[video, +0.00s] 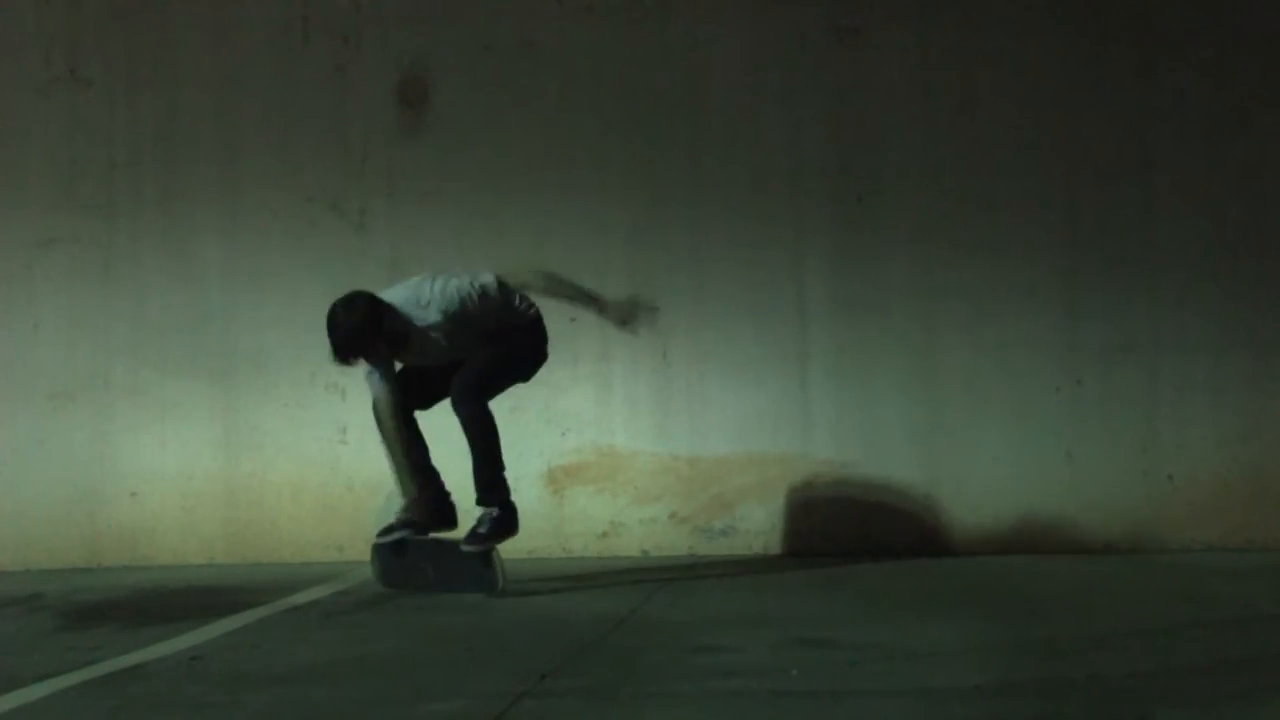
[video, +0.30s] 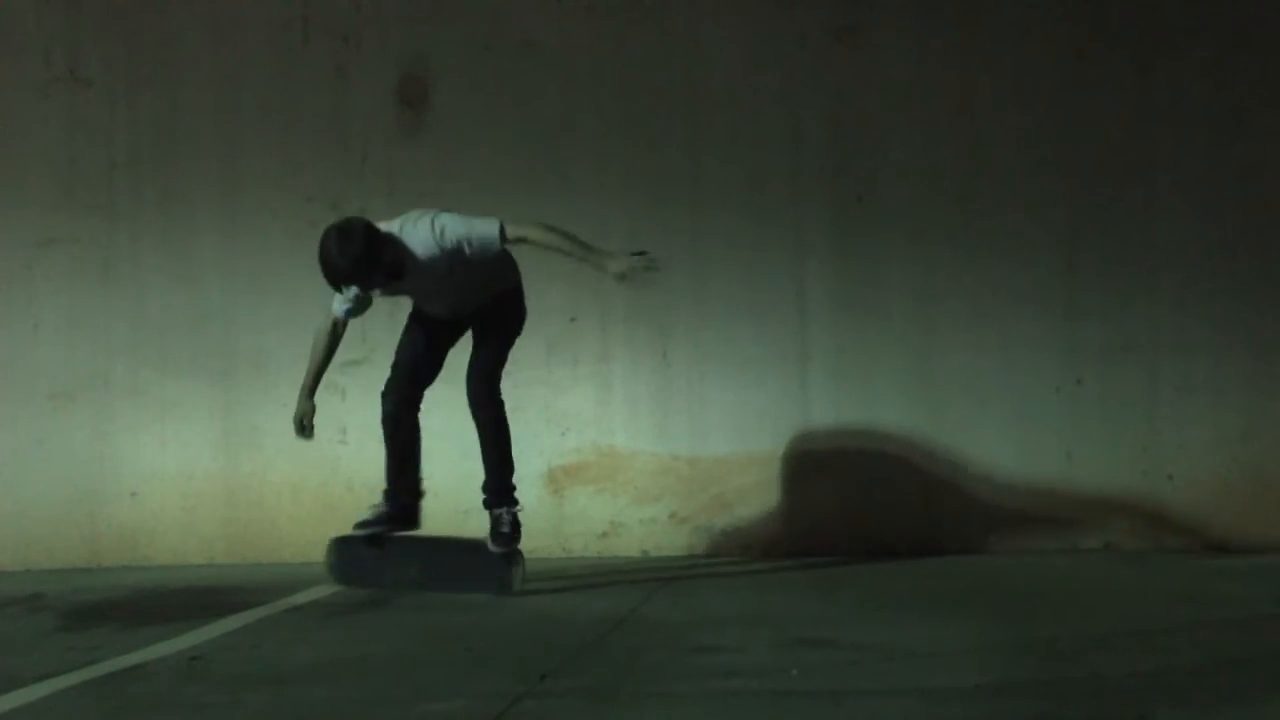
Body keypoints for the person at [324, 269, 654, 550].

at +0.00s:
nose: (366, 362)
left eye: (365, 352)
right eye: (360, 356)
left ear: (381, 330)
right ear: (362, 342)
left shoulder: (447, 302)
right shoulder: (373, 337)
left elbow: (531, 280)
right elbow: (386, 417)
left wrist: (608, 308)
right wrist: (415, 497)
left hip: (517, 336)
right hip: (459, 352)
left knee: (466, 392)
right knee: (391, 397)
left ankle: (498, 511)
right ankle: (432, 506)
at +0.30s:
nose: (369, 291)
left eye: (368, 282)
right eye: (362, 287)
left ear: (378, 258)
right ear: (355, 276)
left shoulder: (440, 237)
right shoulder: (361, 273)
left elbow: (526, 232)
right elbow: (334, 325)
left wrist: (606, 260)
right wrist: (305, 395)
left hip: (495, 297)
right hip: (436, 306)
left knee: (482, 389)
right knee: (397, 398)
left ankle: (502, 508)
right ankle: (402, 507)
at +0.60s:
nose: (327, 227)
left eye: (328, 218)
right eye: (320, 223)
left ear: (346, 199)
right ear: (318, 217)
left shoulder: (407, 192)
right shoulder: (328, 230)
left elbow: (482, 236)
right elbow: (344, 275)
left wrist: (452, 286)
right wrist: (344, 346)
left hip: (458, 284)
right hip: (398, 294)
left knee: (463, 393)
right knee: (371, 403)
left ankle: (471, 503)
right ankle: (369, 516)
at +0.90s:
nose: (346, 198)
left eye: (350, 187)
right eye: (335, 191)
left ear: (365, 170)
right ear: (324, 184)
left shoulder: (416, 177)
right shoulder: (325, 197)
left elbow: (481, 238)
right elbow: (330, 260)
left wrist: (506, 310)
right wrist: (322, 336)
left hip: (446, 287)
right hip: (386, 293)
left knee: (456, 396)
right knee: (368, 404)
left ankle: (478, 508)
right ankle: (374, 516)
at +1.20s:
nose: (378, 179)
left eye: (385, 168)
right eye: (368, 171)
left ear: (400, 151)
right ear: (352, 161)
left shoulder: (434, 167)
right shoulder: (339, 175)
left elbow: (502, 219)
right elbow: (325, 238)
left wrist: (546, 287)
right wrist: (314, 312)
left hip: (446, 285)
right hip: (386, 291)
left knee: (444, 396)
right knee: (369, 404)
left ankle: (457, 507)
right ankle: (374, 516)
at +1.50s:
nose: (451, 162)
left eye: (461, 152)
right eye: (442, 151)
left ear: (477, 140)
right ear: (427, 137)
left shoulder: (497, 162)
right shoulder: (397, 156)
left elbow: (560, 203)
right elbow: (361, 206)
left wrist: (625, 256)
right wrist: (345, 285)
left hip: (467, 292)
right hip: (405, 288)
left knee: (452, 395)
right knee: (370, 389)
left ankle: (463, 506)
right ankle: (369, 476)